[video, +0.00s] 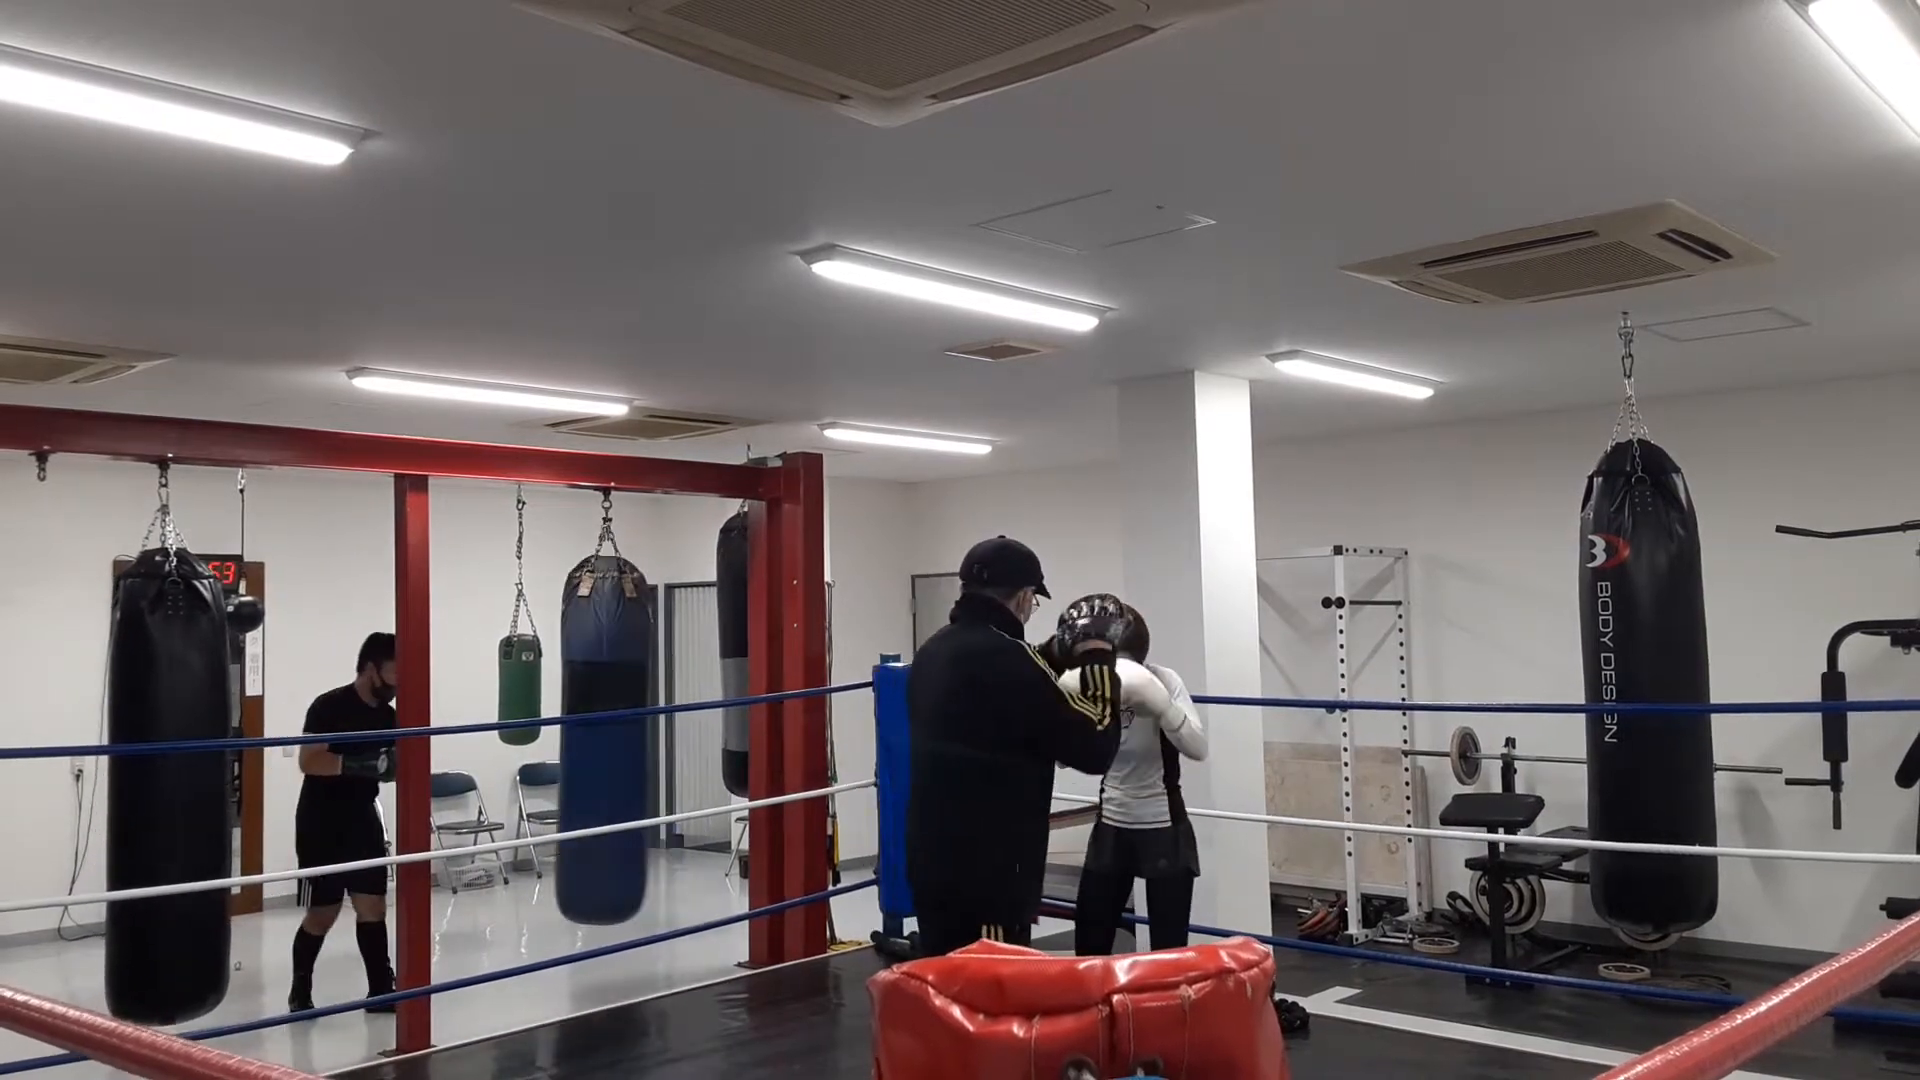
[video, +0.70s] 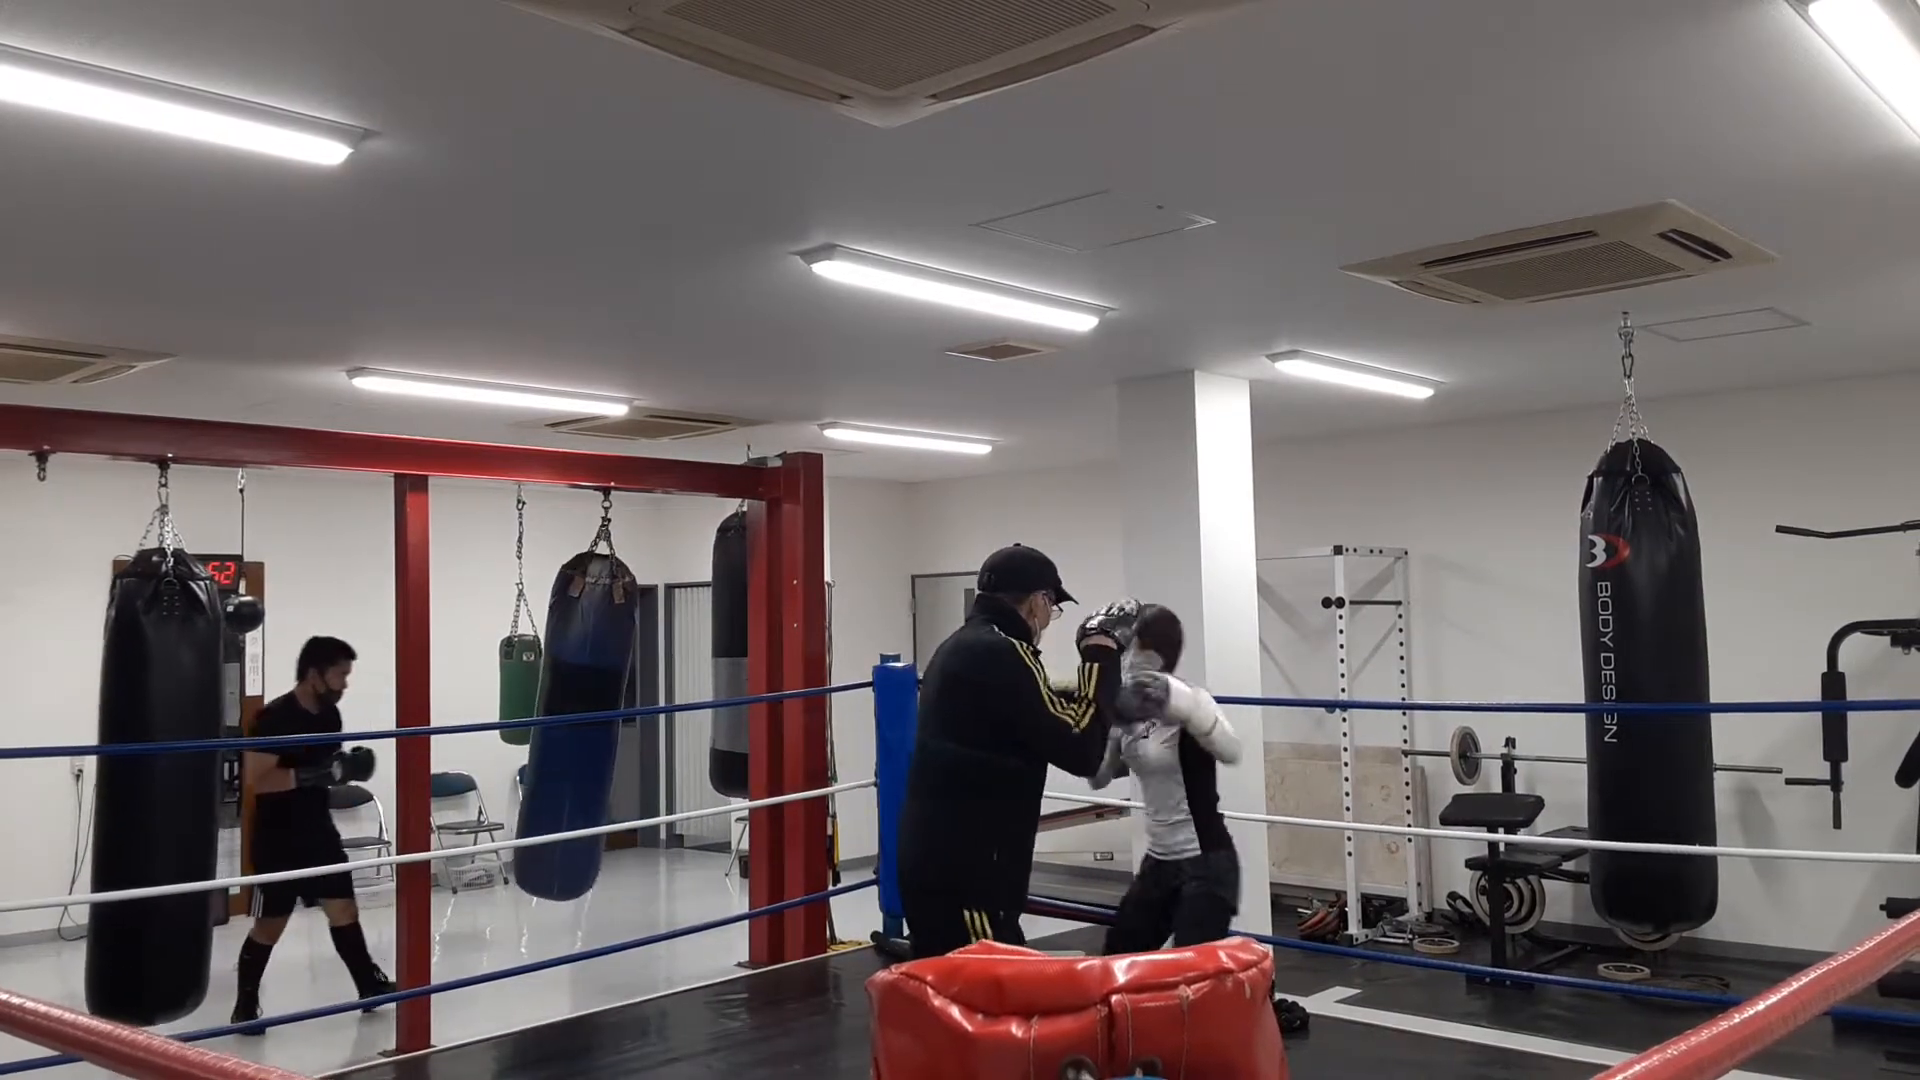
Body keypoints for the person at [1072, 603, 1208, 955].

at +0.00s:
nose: (1113, 661)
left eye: (1119, 653)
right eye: (1101, 650)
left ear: (1132, 644)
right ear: (1092, 650)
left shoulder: (1163, 680)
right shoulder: (1085, 686)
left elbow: (1198, 750)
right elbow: (1065, 754)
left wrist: (1158, 700)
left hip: (1165, 832)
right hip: (1111, 831)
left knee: (1168, 953)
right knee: (1090, 947)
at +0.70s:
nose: (1134, 664)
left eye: (1146, 654)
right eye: (1128, 653)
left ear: (1165, 656)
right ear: (1119, 655)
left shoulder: (1193, 702)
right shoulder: (1127, 716)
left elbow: (1232, 754)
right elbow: (1098, 778)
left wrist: (1184, 705)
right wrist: (1099, 720)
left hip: (1206, 865)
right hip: (1159, 864)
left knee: (1193, 969)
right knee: (1119, 961)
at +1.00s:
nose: (1190, 649)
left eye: (1202, 639)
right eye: (1181, 638)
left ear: (1227, 644)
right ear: (1170, 643)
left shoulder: (1250, 701)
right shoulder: (1162, 703)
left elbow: (1305, 766)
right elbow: (1120, 737)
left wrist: (1275, 726)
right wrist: (1132, 720)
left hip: (1258, 860)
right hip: (1191, 863)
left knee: (1270, 991)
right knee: (1168, 983)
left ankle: (1289, 1069)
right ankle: (1166, 1072)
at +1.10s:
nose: (1208, 658)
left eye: (1219, 647)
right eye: (1199, 647)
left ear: (1244, 648)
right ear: (1189, 651)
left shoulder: (1272, 701)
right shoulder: (1181, 709)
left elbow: (1314, 781)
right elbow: (1159, 784)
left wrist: (1283, 747)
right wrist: (1174, 749)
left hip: (1268, 867)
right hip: (1200, 869)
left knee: (1278, 999)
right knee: (1171, 992)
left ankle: (1298, 1077)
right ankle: (1167, 1077)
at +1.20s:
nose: (1211, 658)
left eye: (1222, 647)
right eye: (1203, 647)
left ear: (1251, 646)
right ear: (1195, 649)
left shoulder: (1283, 697)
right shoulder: (1183, 709)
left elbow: (1324, 785)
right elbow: (1149, 800)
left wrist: (1286, 743)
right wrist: (1173, 766)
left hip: (1274, 870)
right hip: (1205, 870)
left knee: (1282, 1004)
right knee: (1173, 994)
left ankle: (1299, 1078)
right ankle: (1168, 1078)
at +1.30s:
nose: (1203, 646)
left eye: (1213, 636)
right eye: (1196, 636)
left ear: (1247, 637)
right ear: (1192, 640)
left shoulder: (1281, 689)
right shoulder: (1184, 698)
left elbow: (1312, 770)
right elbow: (1141, 777)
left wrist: (1265, 709)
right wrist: (1145, 728)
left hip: (1277, 866)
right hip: (1209, 864)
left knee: (1277, 999)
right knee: (1178, 983)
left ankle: (1291, 1073)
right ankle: (1174, 1075)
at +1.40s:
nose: (1193, 641)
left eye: (1205, 631)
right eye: (1186, 631)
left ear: (1236, 633)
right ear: (1181, 633)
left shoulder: (1271, 686)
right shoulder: (1180, 693)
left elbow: (1296, 769)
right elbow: (1138, 769)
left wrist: (1245, 703)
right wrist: (1130, 715)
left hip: (1272, 864)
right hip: (1209, 862)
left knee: (1252, 995)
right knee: (1183, 985)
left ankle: (1268, 1068)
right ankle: (1183, 1074)